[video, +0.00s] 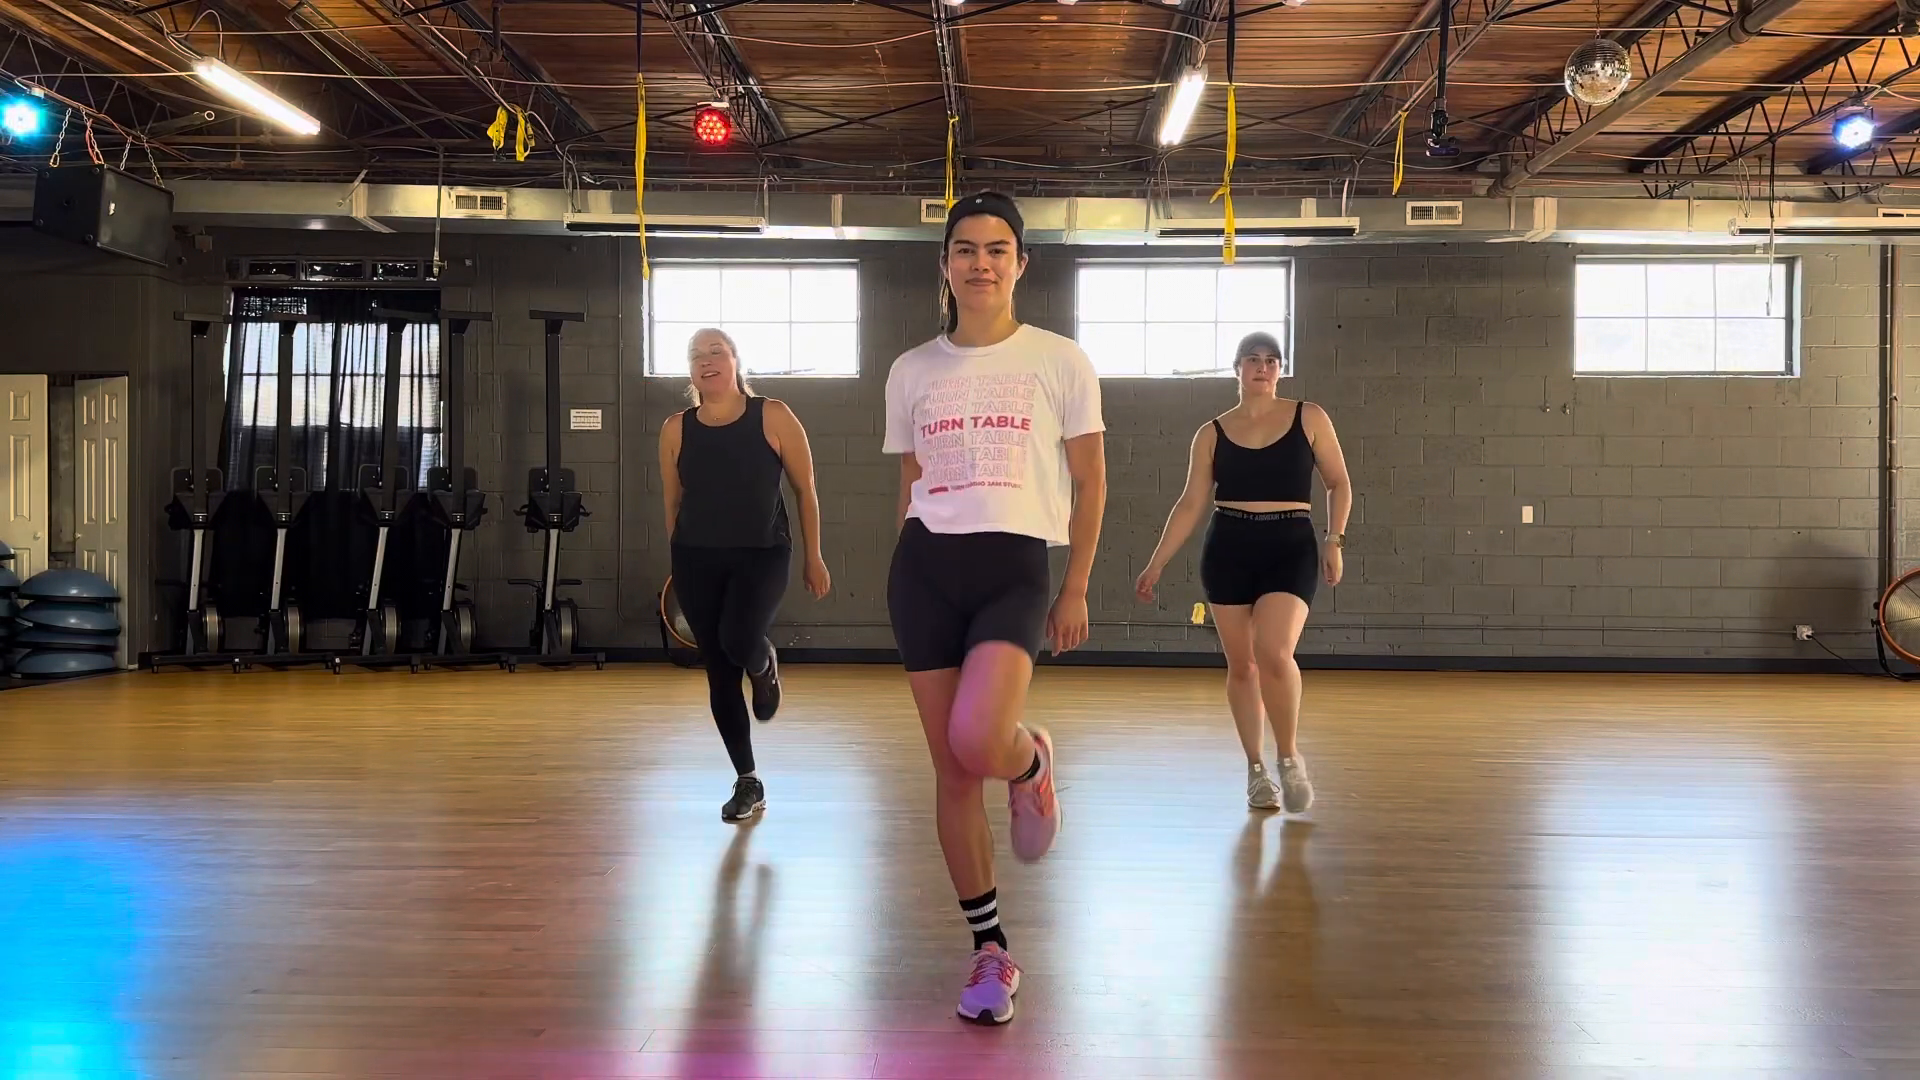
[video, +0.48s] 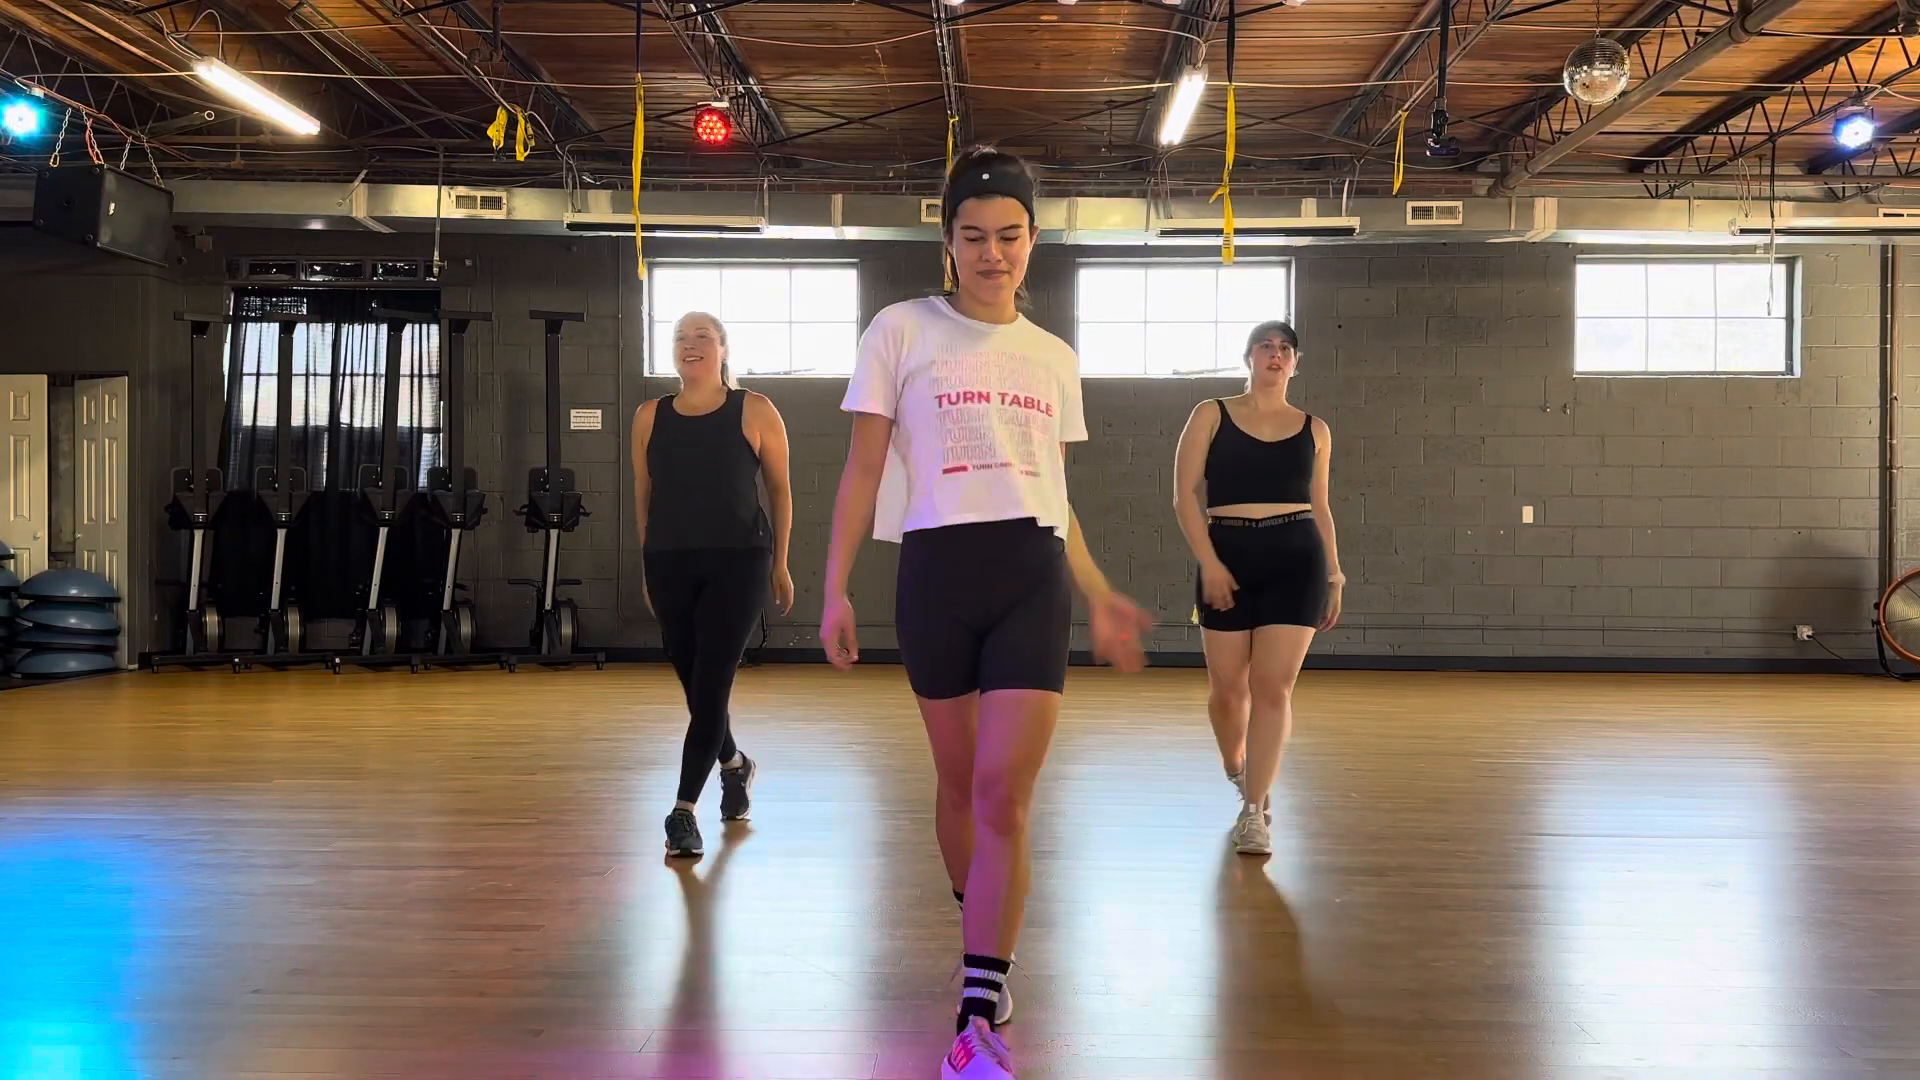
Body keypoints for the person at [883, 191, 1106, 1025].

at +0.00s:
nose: (980, 262)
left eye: (995, 249)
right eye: (966, 249)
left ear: (1019, 264)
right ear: (946, 265)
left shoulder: (1060, 360)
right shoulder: (912, 369)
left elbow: (1091, 485)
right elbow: (910, 484)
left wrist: (1075, 588)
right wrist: (907, 572)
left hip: (1015, 566)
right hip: (924, 568)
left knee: (981, 747)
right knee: (952, 768)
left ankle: (1032, 766)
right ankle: (988, 950)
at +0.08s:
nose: (985, 250)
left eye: (1000, 238)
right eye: (970, 237)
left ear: (1022, 253)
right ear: (950, 252)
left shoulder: (1061, 351)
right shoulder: (907, 352)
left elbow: (1082, 477)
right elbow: (901, 475)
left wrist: (1076, 580)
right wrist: (902, 576)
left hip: (1021, 555)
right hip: (928, 559)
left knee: (978, 710)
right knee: (957, 764)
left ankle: (1020, 829)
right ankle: (988, 945)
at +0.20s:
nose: (990, 245)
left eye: (1006, 232)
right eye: (975, 231)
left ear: (1027, 249)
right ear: (951, 244)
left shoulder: (1060, 351)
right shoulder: (903, 338)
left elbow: (1069, 481)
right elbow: (883, 462)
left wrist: (1071, 589)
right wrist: (877, 570)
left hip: (1027, 558)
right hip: (932, 558)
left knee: (993, 742)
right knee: (958, 764)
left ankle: (996, 947)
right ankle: (981, 941)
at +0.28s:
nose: (991, 257)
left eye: (1007, 243)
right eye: (975, 242)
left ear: (1030, 258)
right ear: (950, 254)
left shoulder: (1057, 362)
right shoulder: (903, 343)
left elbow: (1062, 495)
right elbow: (869, 468)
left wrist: (1066, 611)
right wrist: (860, 580)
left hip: (1032, 575)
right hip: (935, 573)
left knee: (1000, 787)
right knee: (958, 781)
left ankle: (987, 990)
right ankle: (985, 951)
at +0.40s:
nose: (990, 260)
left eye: (1007, 244)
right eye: (974, 243)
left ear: (1031, 258)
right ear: (949, 253)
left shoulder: (1053, 368)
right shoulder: (902, 345)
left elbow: (1051, 508)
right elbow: (868, 479)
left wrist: (1076, 620)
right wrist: (845, 598)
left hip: (1035, 586)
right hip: (935, 583)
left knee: (999, 797)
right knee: (957, 785)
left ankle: (981, 1013)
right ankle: (982, 951)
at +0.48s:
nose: (994, 250)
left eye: (1010, 233)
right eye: (976, 233)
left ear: (1031, 247)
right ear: (949, 244)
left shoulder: (1052, 357)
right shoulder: (902, 329)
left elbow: (1050, 491)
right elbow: (863, 465)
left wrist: (1101, 593)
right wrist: (835, 586)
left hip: (1032, 575)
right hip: (935, 573)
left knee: (1000, 797)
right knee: (959, 786)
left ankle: (979, 1021)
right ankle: (986, 952)